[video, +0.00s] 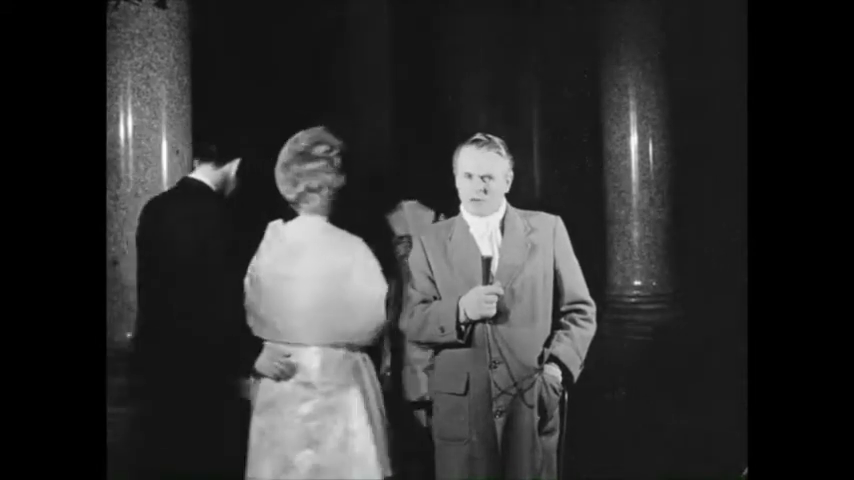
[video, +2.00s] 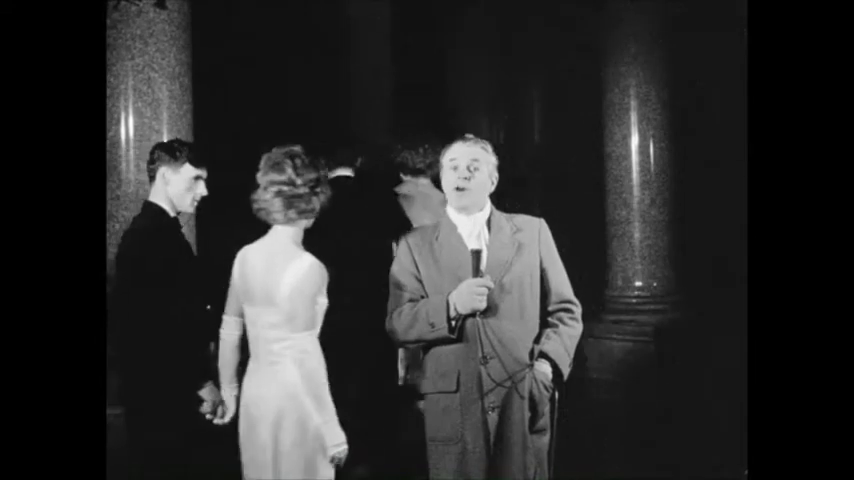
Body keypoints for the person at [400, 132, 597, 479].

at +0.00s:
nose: (477, 187)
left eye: (488, 177)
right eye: (468, 176)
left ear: (508, 181)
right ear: (456, 180)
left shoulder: (547, 230)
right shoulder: (430, 241)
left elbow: (579, 309)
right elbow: (413, 319)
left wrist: (557, 365)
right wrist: (460, 310)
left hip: (530, 396)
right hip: (459, 397)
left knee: (532, 474)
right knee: (460, 474)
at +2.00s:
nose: (462, 172)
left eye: (474, 165)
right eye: (453, 164)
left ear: (493, 180)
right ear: (440, 179)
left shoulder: (532, 232)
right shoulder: (414, 245)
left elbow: (565, 310)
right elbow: (397, 322)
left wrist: (547, 362)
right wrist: (450, 305)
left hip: (520, 401)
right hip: (447, 404)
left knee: (523, 475)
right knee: (451, 474)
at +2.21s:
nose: (465, 176)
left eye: (477, 168)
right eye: (455, 168)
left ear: (495, 180)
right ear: (442, 181)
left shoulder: (534, 231)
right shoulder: (415, 244)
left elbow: (567, 309)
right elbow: (402, 323)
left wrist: (550, 364)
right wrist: (453, 308)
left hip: (523, 398)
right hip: (452, 401)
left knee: (527, 474)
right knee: (455, 474)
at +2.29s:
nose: (465, 183)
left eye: (477, 173)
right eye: (456, 173)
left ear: (496, 181)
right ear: (443, 182)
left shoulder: (535, 231)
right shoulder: (418, 242)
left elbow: (568, 309)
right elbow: (402, 320)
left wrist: (550, 364)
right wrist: (453, 309)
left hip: (523, 397)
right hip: (453, 400)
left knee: (527, 474)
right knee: (456, 474)